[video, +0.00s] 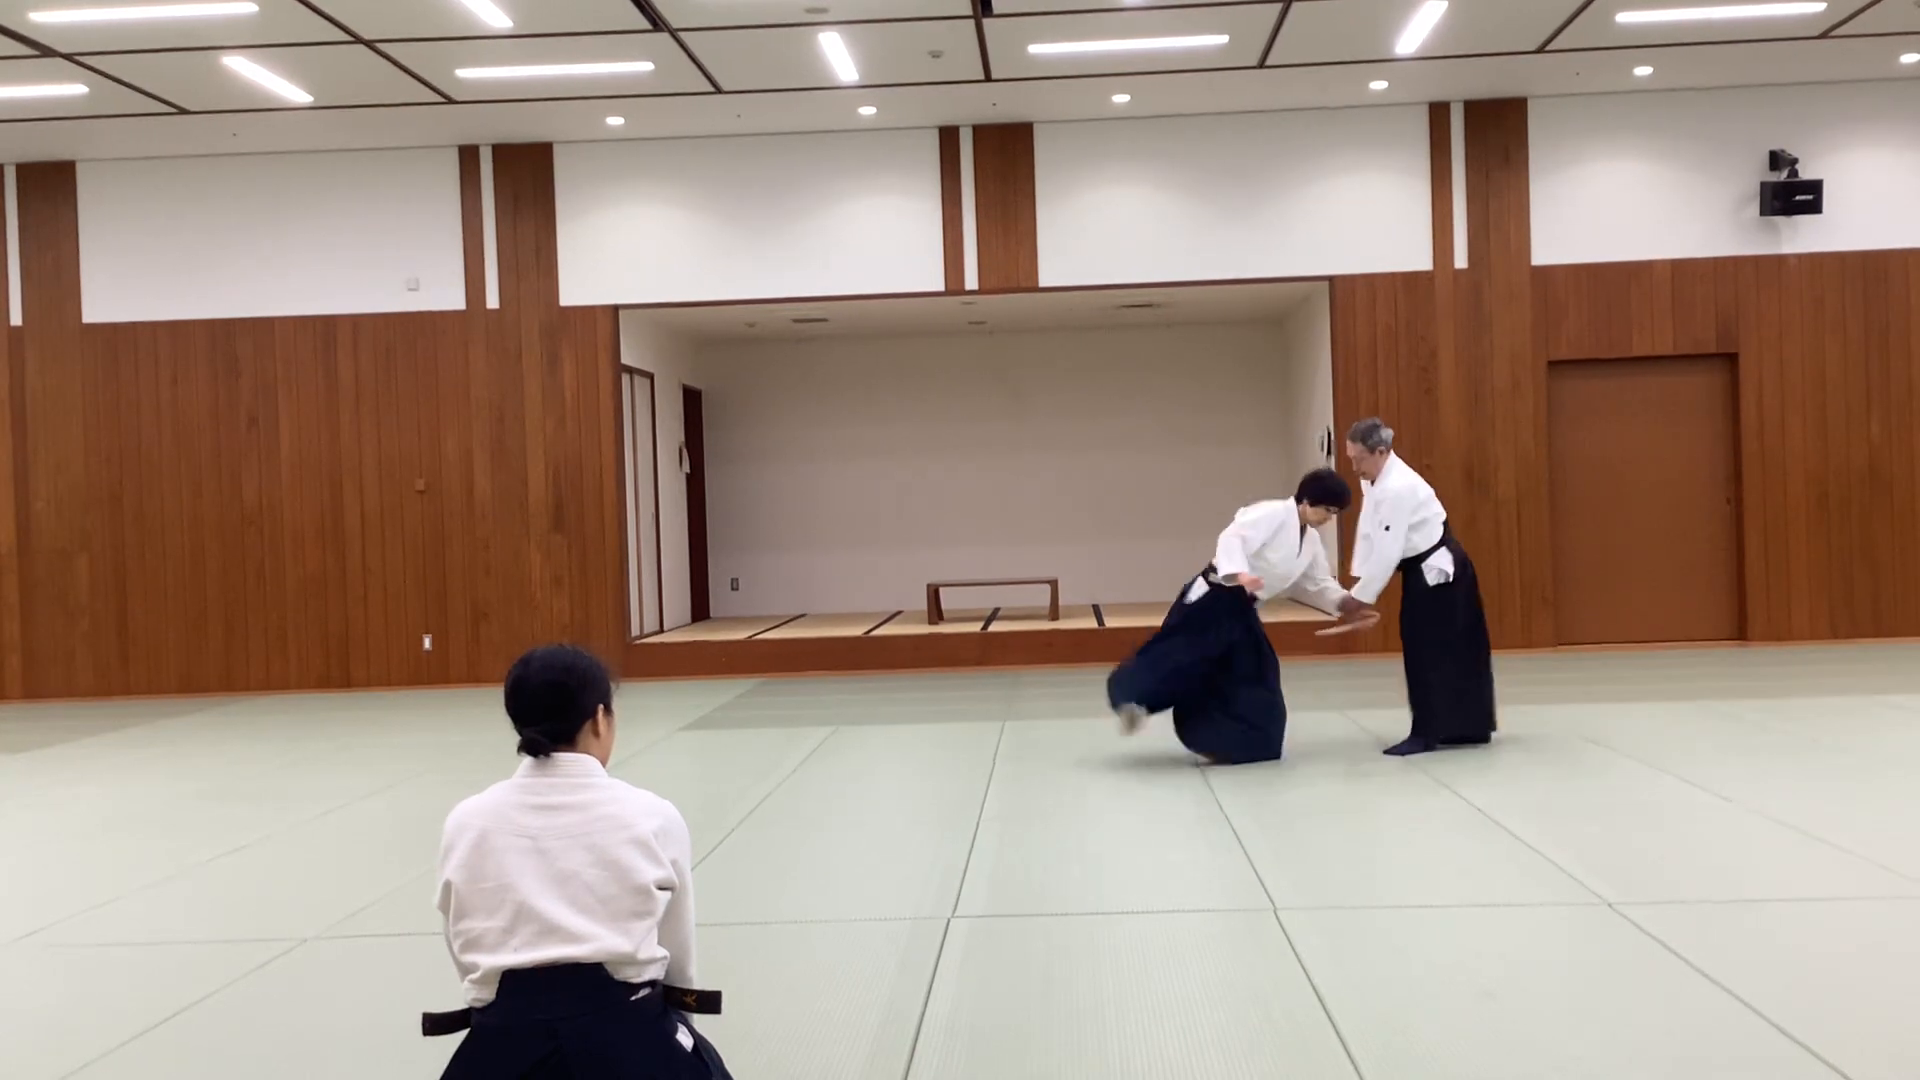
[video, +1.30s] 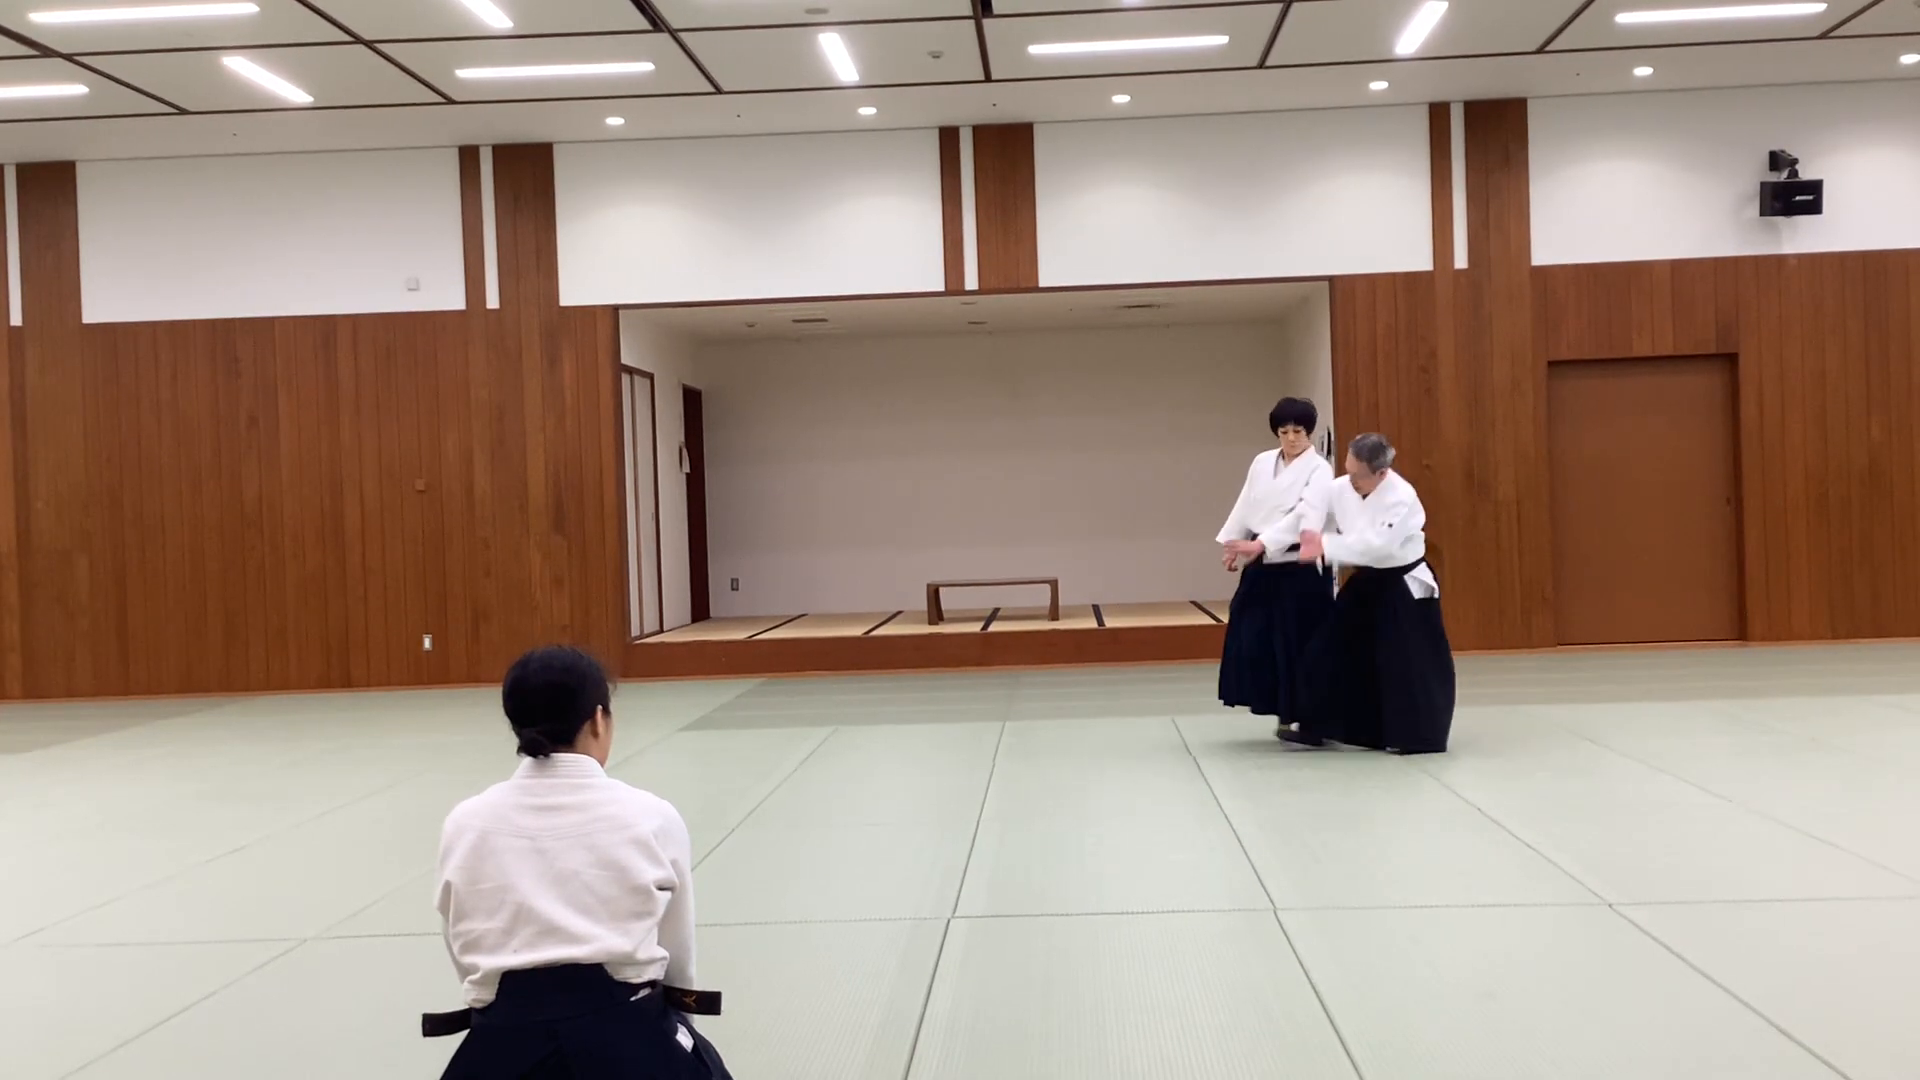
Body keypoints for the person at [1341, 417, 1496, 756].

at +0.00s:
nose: (1353, 465)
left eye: (1357, 458)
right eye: (1351, 458)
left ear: (1379, 452)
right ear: (1374, 453)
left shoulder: (1397, 487)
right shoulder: (1375, 479)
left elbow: (1388, 550)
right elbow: (1366, 531)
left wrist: (1362, 597)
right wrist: (1359, 579)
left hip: (1434, 571)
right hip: (1425, 567)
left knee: (1423, 650)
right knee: (1453, 646)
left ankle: (1426, 732)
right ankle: (1467, 726)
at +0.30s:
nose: (1361, 475)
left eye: (1362, 467)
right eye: (1358, 469)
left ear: (1384, 460)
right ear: (1381, 461)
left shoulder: (1409, 486)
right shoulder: (1390, 489)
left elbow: (1402, 528)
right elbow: (1395, 535)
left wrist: (1372, 553)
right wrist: (1382, 563)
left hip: (1444, 573)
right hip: (1428, 573)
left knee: (1420, 649)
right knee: (1416, 649)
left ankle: (1427, 731)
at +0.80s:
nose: (1374, 465)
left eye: (1377, 458)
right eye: (1371, 459)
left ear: (1399, 452)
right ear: (1393, 453)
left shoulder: (1421, 478)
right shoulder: (1400, 480)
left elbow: (1408, 510)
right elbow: (1396, 517)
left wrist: (1360, 517)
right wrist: (1359, 525)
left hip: (1441, 571)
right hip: (1422, 570)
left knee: (1430, 649)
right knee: (1426, 647)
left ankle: (1430, 731)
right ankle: (1450, 721)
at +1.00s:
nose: (1370, 465)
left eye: (1375, 459)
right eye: (1368, 459)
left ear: (1398, 455)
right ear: (1374, 454)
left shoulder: (1421, 480)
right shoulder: (1377, 487)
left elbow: (1400, 506)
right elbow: (1360, 535)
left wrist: (1354, 502)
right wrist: (1338, 573)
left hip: (1431, 576)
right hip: (1401, 577)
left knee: (1424, 650)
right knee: (1400, 649)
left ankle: (1426, 730)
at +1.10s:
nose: (1364, 464)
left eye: (1370, 459)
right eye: (1364, 458)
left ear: (1394, 456)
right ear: (1370, 454)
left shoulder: (1418, 480)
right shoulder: (1367, 485)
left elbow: (1394, 503)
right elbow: (1342, 521)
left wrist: (1352, 493)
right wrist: (1298, 547)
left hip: (1425, 578)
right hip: (1390, 578)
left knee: (1425, 654)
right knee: (1380, 650)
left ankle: (1430, 734)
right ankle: (1401, 726)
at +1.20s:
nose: (1359, 469)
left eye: (1365, 465)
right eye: (1358, 463)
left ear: (1389, 464)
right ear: (1357, 457)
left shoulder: (1412, 486)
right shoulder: (1350, 483)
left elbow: (1386, 517)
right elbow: (1321, 517)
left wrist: (1339, 510)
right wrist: (1279, 538)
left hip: (1417, 580)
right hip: (1378, 578)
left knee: (1416, 656)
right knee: (1359, 646)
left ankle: (1420, 735)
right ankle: (1373, 727)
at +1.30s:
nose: (1350, 478)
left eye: (1357, 474)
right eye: (1349, 471)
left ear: (1381, 473)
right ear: (1346, 464)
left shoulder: (1402, 498)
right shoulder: (1339, 488)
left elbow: (1385, 545)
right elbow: (1310, 507)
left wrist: (1327, 546)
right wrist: (1311, 533)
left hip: (1404, 585)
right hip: (1363, 583)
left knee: (1405, 659)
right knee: (1332, 649)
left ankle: (1411, 735)